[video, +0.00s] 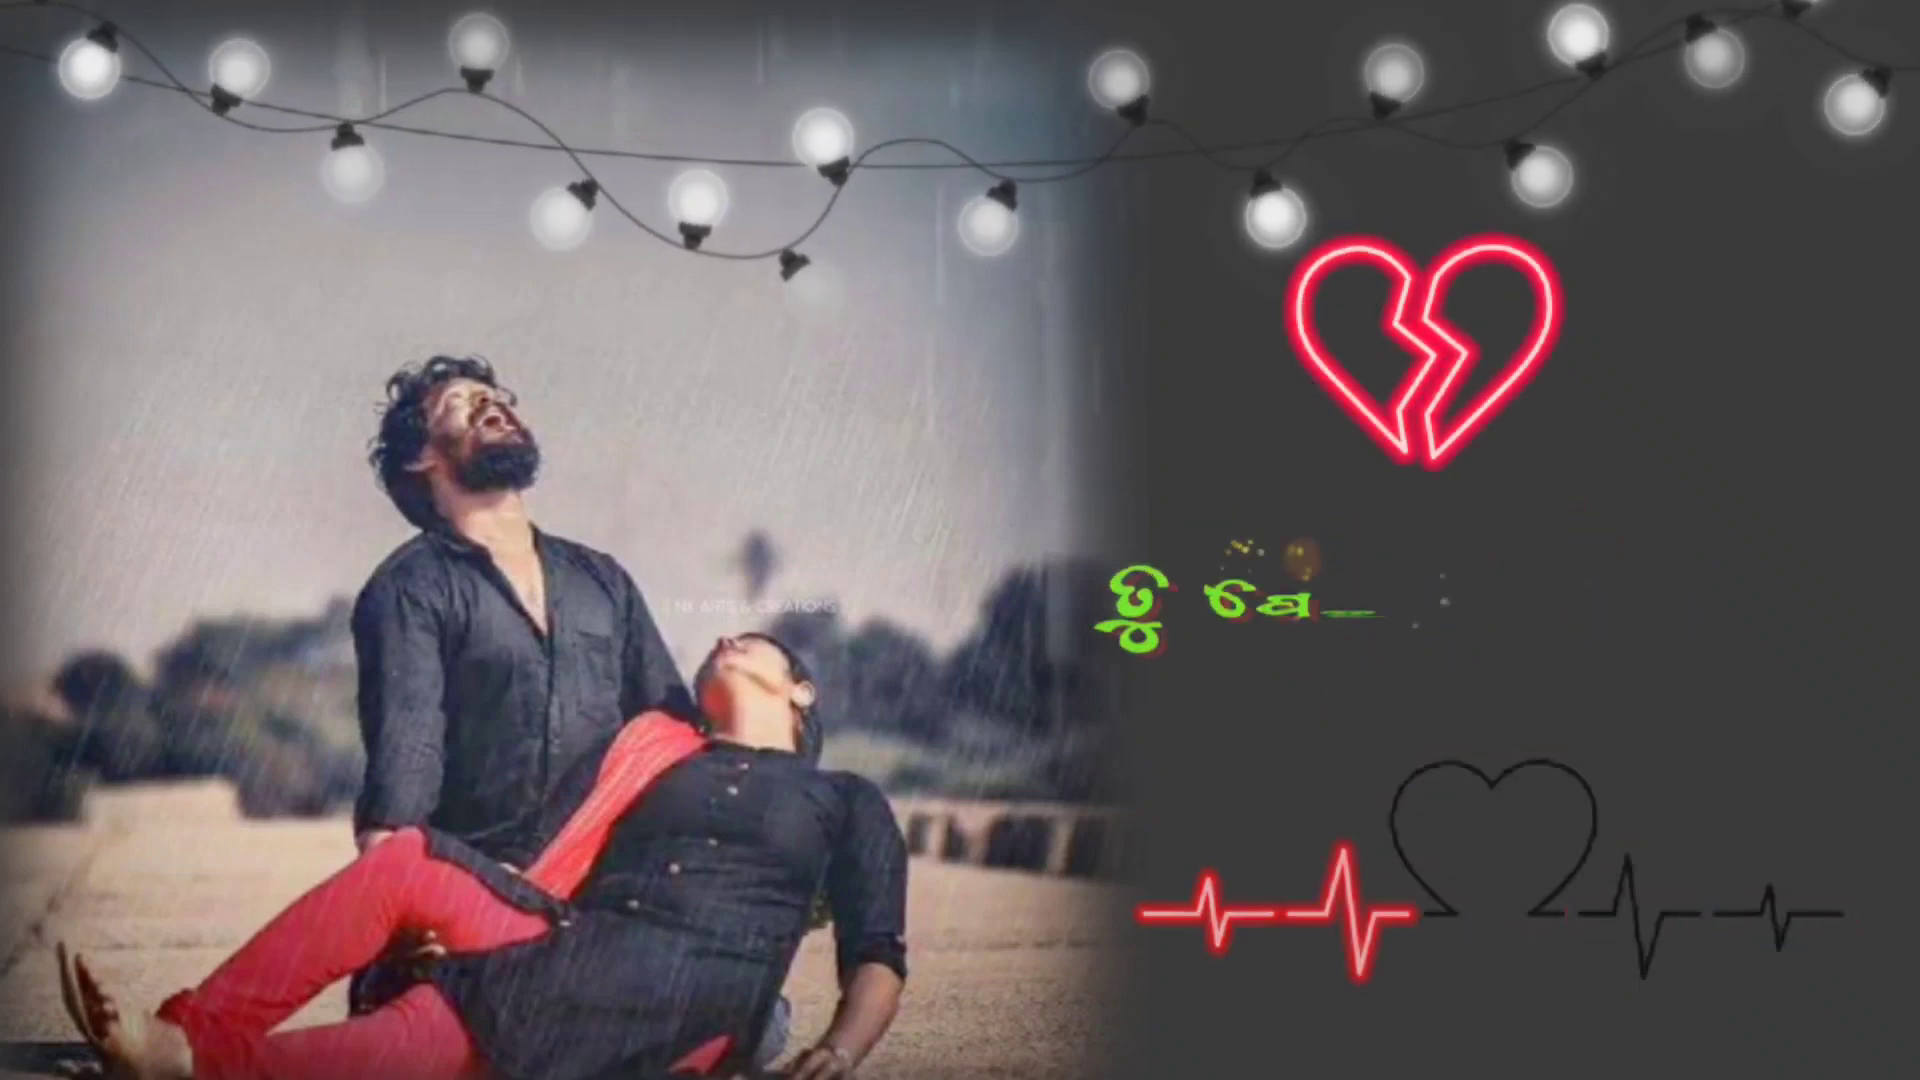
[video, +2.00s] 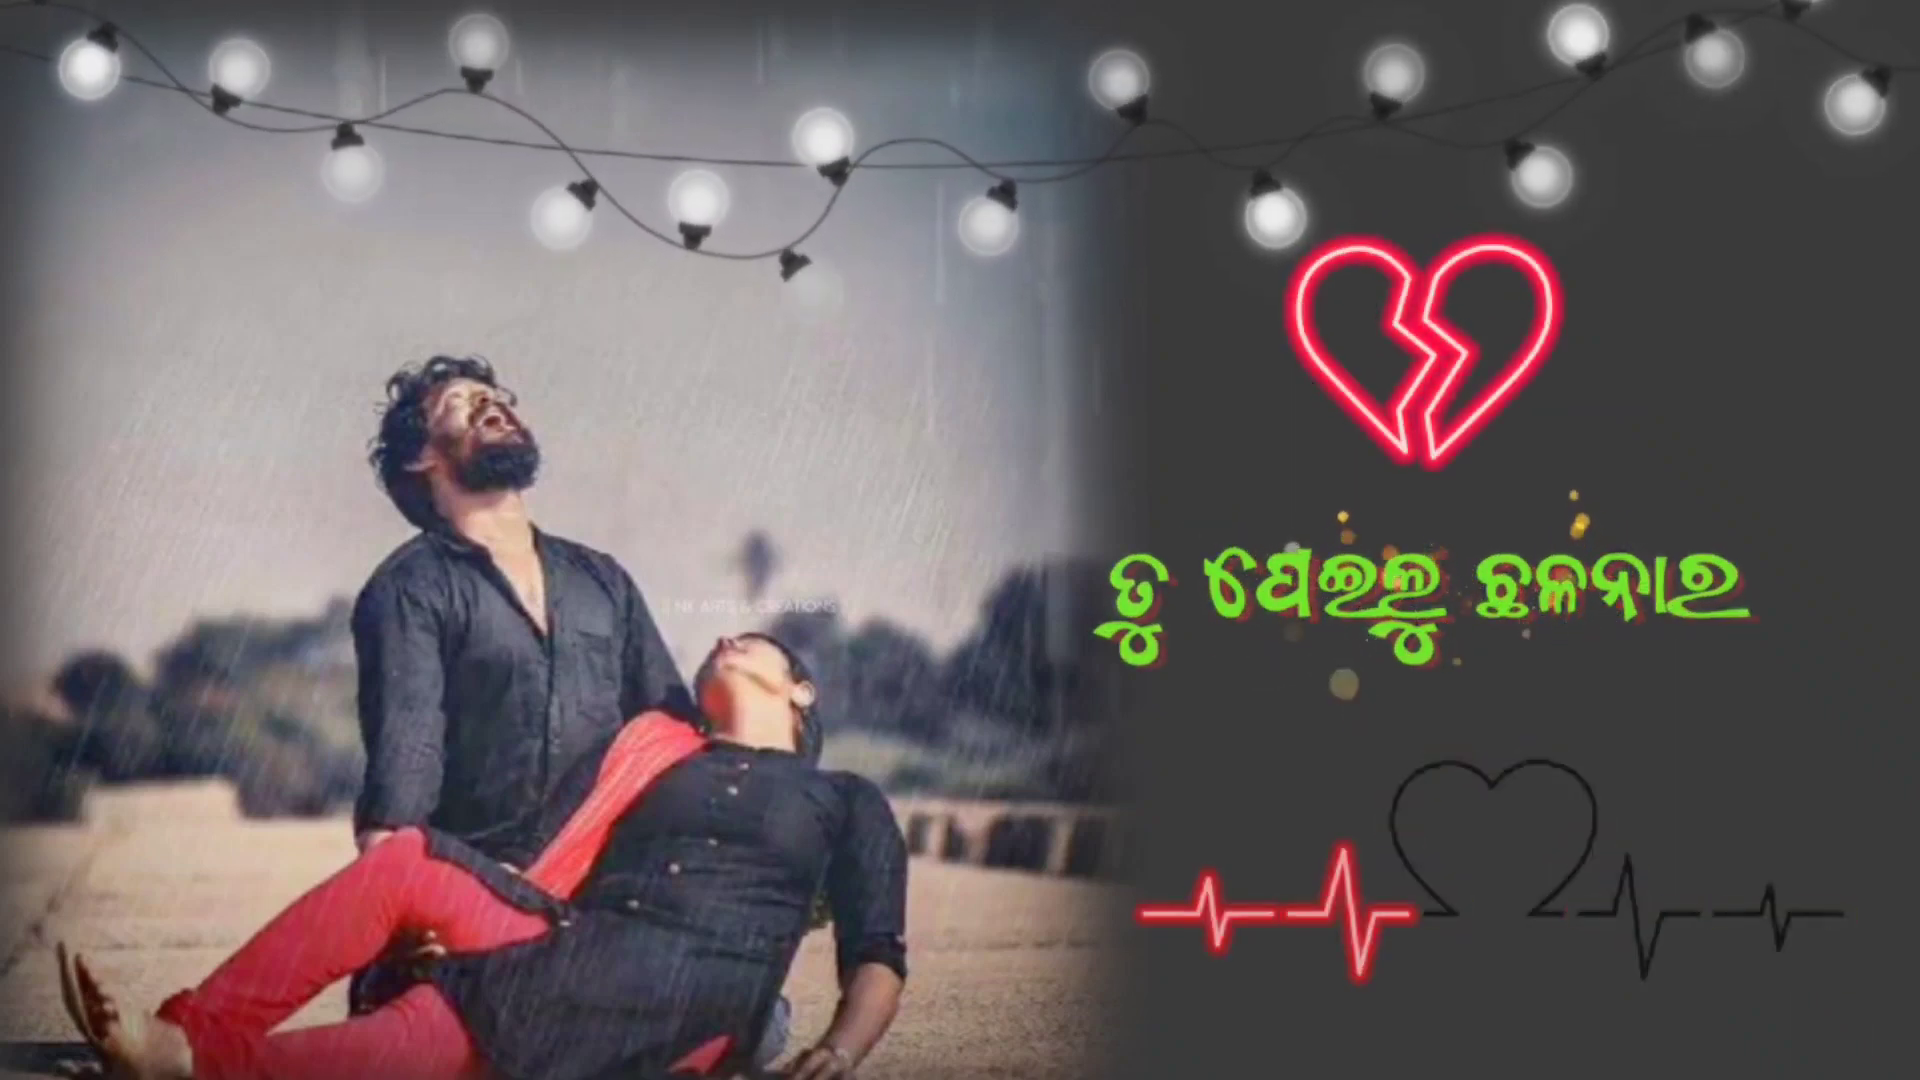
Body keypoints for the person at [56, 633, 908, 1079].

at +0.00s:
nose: (721, 660)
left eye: (749, 656)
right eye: (717, 659)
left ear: (799, 699)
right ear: (709, 698)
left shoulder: (844, 798)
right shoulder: (662, 755)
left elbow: (879, 967)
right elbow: (574, 892)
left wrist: (836, 1063)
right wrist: (455, 949)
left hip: (693, 982)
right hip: (587, 946)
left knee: (451, 1028)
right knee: (400, 859)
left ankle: (187, 1058)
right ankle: (178, 1041)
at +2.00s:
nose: (721, 660)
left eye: (749, 656)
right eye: (717, 659)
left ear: (799, 699)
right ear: (709, 698)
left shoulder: (844, 798)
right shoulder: (662, 755)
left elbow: (879, 967)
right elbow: (574, 892)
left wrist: (836, 1063)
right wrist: (455, 949)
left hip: (693, 983)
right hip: (587, 946)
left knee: (451, 1028)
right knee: (400, 859)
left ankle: (187, 1058)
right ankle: (178, 1041)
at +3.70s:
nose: (721, 660)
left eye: (749, 656)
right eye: (717, 659)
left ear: (799, 699)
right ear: (709, 698)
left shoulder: (844, 798)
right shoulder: (662, 755)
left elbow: (879, 967)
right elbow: (574, 892)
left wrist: (836, 1063)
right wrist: (455, 949)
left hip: (693, 982)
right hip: (587, 945)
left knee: (451, 1028)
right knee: (400, 859)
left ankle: (188, 1058)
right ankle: (178, 1040)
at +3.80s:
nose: (722, 660)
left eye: (749, 656)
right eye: (717, 659)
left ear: (799, 699)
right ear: (709, 698)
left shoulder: (844, 798)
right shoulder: (662, 755)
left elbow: (879, 967)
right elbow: (574, 892)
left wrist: (836, 1063)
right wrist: (455, 949)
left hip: (693, 982)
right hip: (587, 945)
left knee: (451, 1028)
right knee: (400, 859)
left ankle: (187, 1058)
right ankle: (178, 1040)